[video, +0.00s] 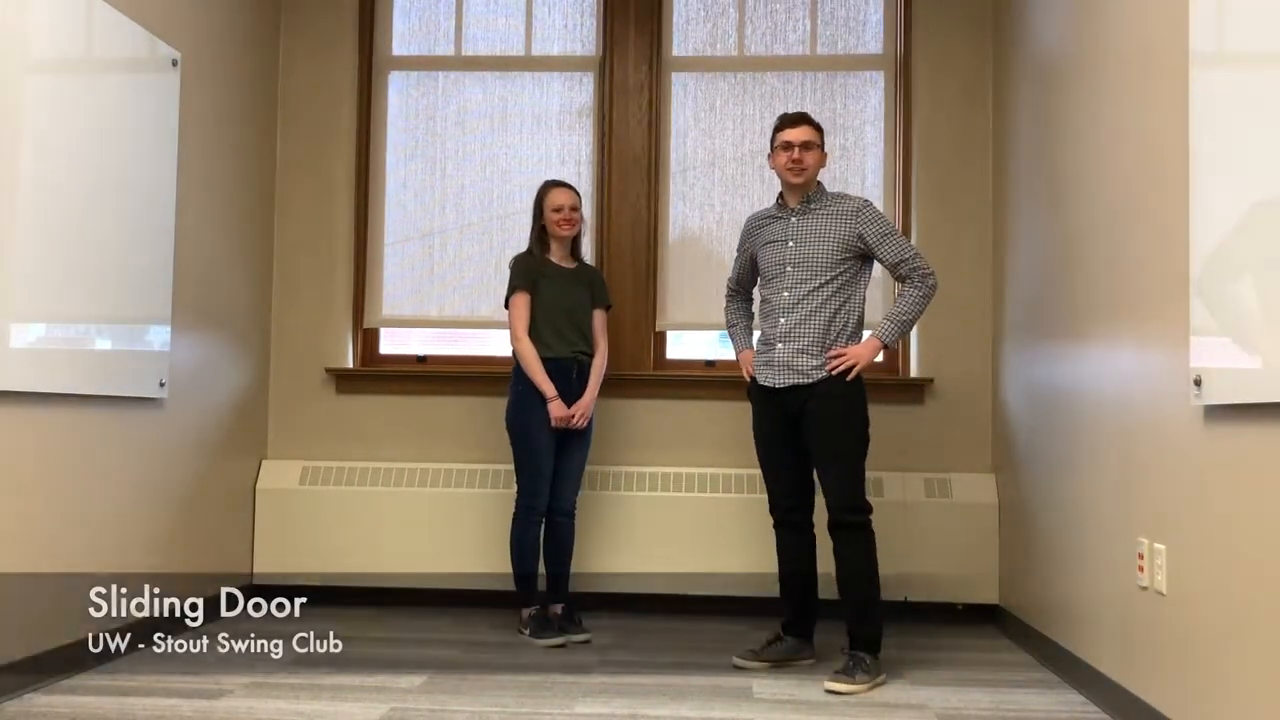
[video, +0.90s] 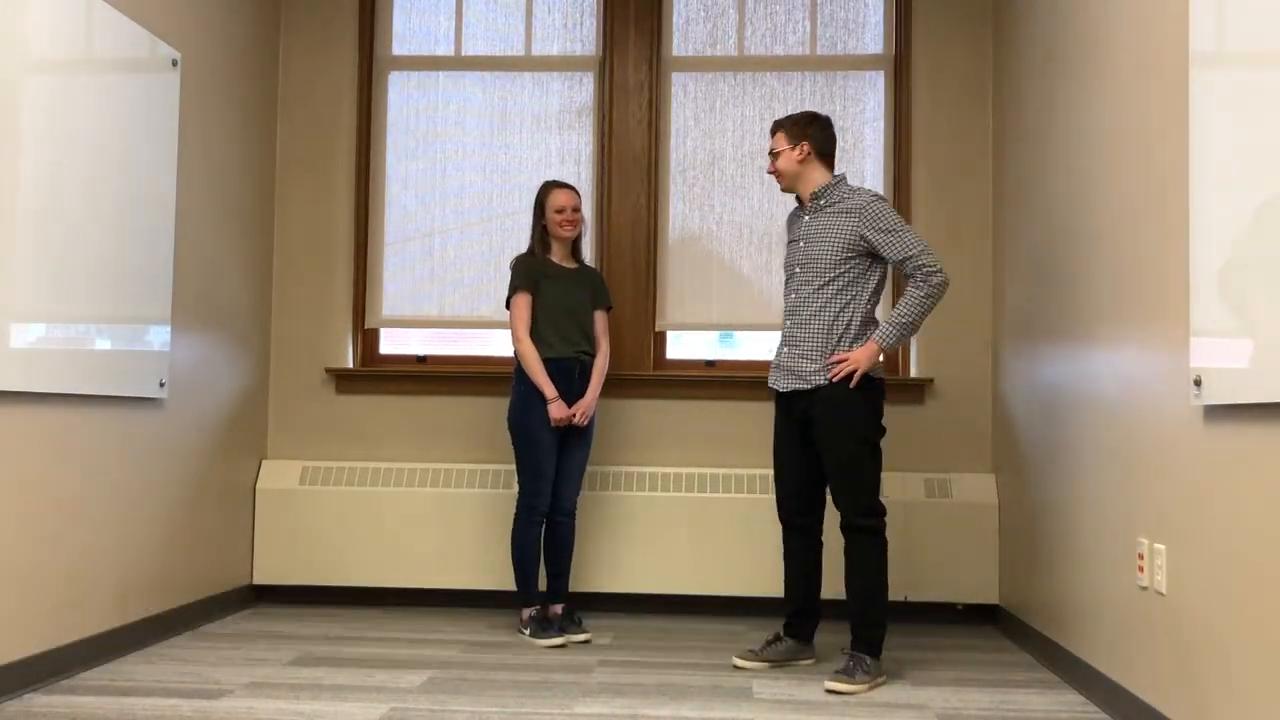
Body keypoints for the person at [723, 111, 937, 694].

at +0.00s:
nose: (796, 155)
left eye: (806, 146)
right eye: (786, 147)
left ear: (823, 156)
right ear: (771, 158)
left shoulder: (853, 214)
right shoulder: (757, 226)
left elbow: (920, 278)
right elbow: (737, 292)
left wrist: (878, 340)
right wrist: (743, 345)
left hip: (834, 388)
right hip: (772, 391)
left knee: (847, 516)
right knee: (789, 518)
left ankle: (863, 651)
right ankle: (795, 637)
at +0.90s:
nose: (769, 164)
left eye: (775, 153)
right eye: (769, 154)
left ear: (803, 150)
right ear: (802, 151)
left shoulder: (859, 207)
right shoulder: (799, 216)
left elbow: (929, 277)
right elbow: (815, 295)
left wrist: (877, 345)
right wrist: (790, 356)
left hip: (845, 391)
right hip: (794, 391)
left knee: (860, 520)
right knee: (799, 518)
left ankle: (865, 655)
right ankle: (797, 638)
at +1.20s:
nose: (771, 162)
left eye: (776, 152)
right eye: (773, 153)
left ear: (798, 156)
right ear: (809, 156)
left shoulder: (839, 207)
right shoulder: (820, 210)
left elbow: (890, 274)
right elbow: (845, 294)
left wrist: (848, 350)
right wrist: (812, 360)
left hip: (849, 391)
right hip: (818, 390)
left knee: (866, 519)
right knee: (792, 505)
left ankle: (866, 654)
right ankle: (795, 633)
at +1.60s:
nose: (763, 173)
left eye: (768, 164)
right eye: (765, 164)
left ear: (790, 166)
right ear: (797, 167)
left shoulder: (820, 224)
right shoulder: (802, 225)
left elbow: (796, 317)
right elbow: (797, 321)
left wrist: (722, 355)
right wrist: (742, 360)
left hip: (827, 389)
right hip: (800, 388)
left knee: (846, 518)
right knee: (777, 507)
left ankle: (865, 653)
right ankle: (781, 626)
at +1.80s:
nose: (749, 176)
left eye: (754, 166)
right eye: (751, 167)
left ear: (778, 168)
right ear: (782, 169)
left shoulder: (802, 227)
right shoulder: (788, 227)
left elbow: (765, 313)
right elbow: (768, 316)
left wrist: (694, 346)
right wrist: (706, 354)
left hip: (802, 383)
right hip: (781, 384)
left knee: (803, 505)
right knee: (770, 504)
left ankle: (847, 644)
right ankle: (779, 627)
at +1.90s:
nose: (743, 177)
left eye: (748, 167)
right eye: (745, 168)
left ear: (772, 167)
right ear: (776, 169)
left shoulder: (796, 225)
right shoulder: (783, 226)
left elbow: (761, 309)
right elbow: (764, 316)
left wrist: (691, 340)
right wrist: (703, 352)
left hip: (796, 379)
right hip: (778, 380)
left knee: (781, 500)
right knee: (768, 500)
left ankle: (831, 635)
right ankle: (781, 626)